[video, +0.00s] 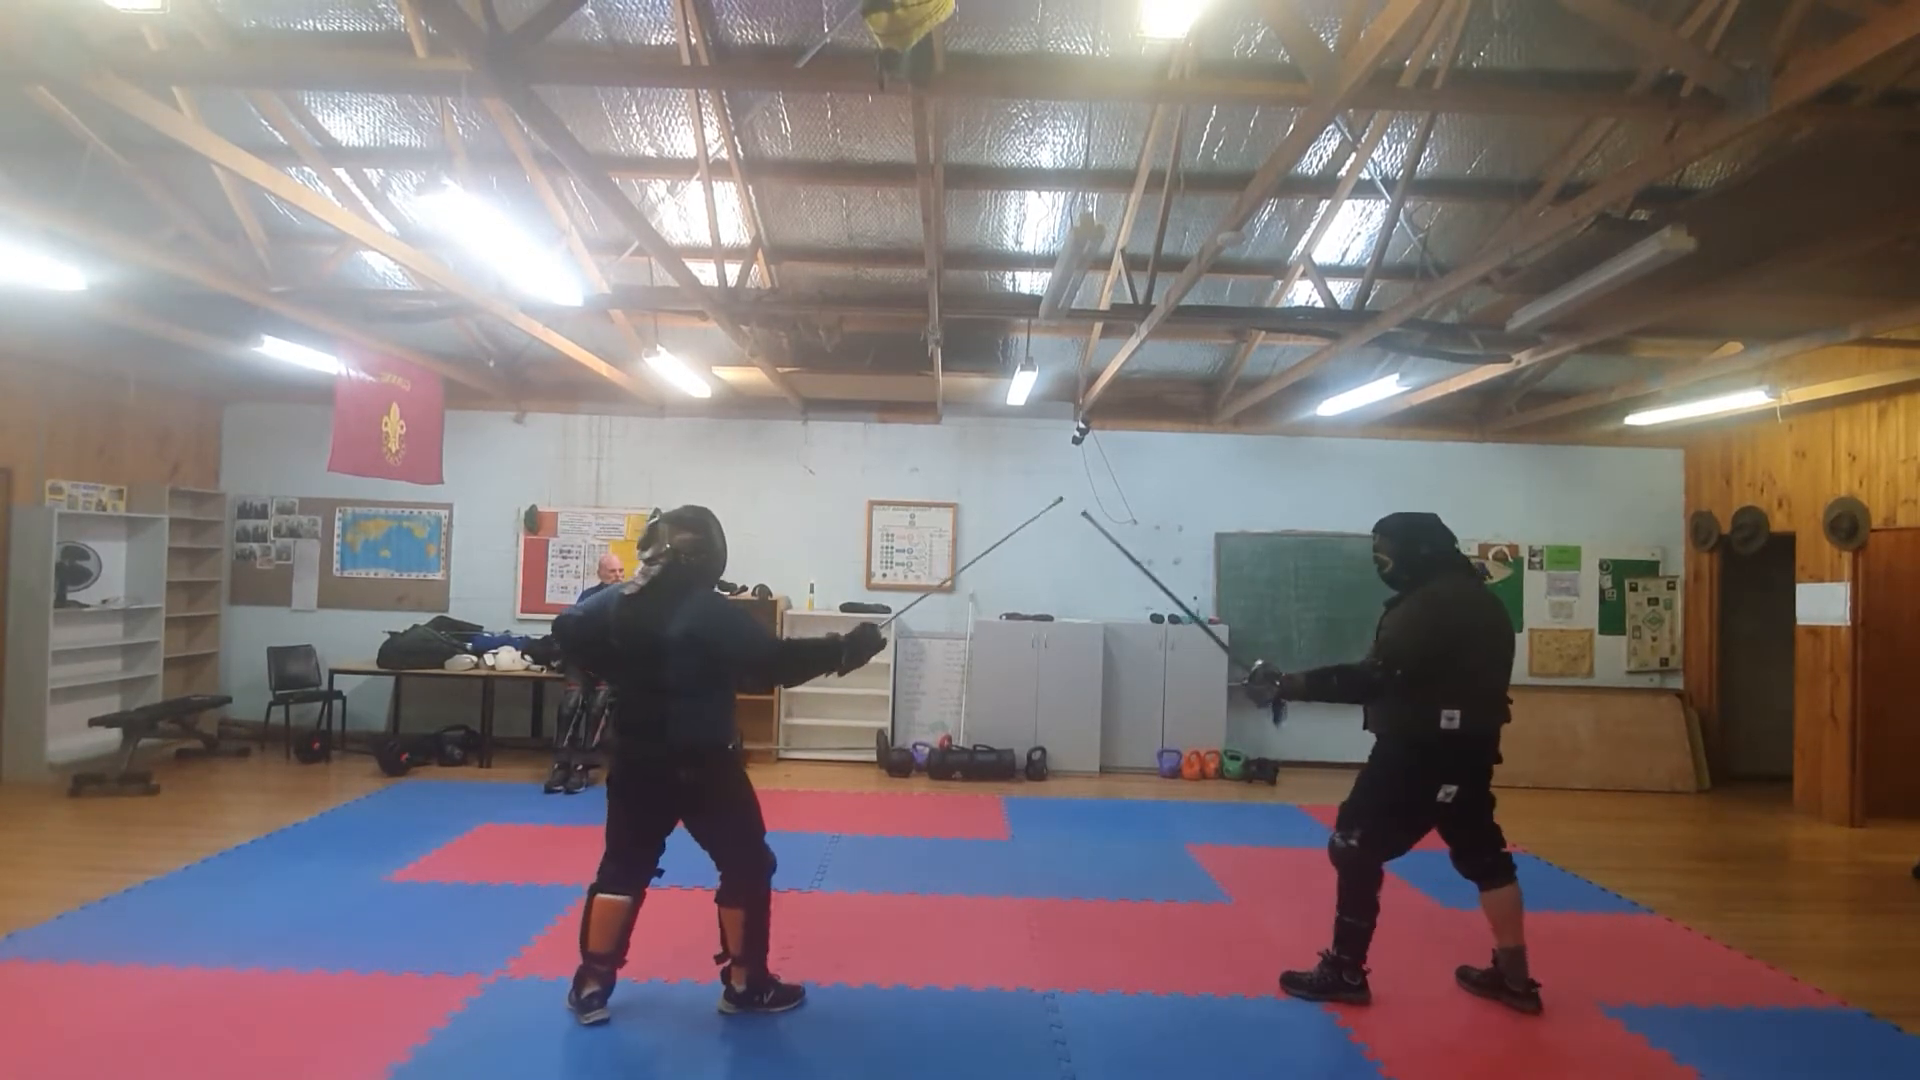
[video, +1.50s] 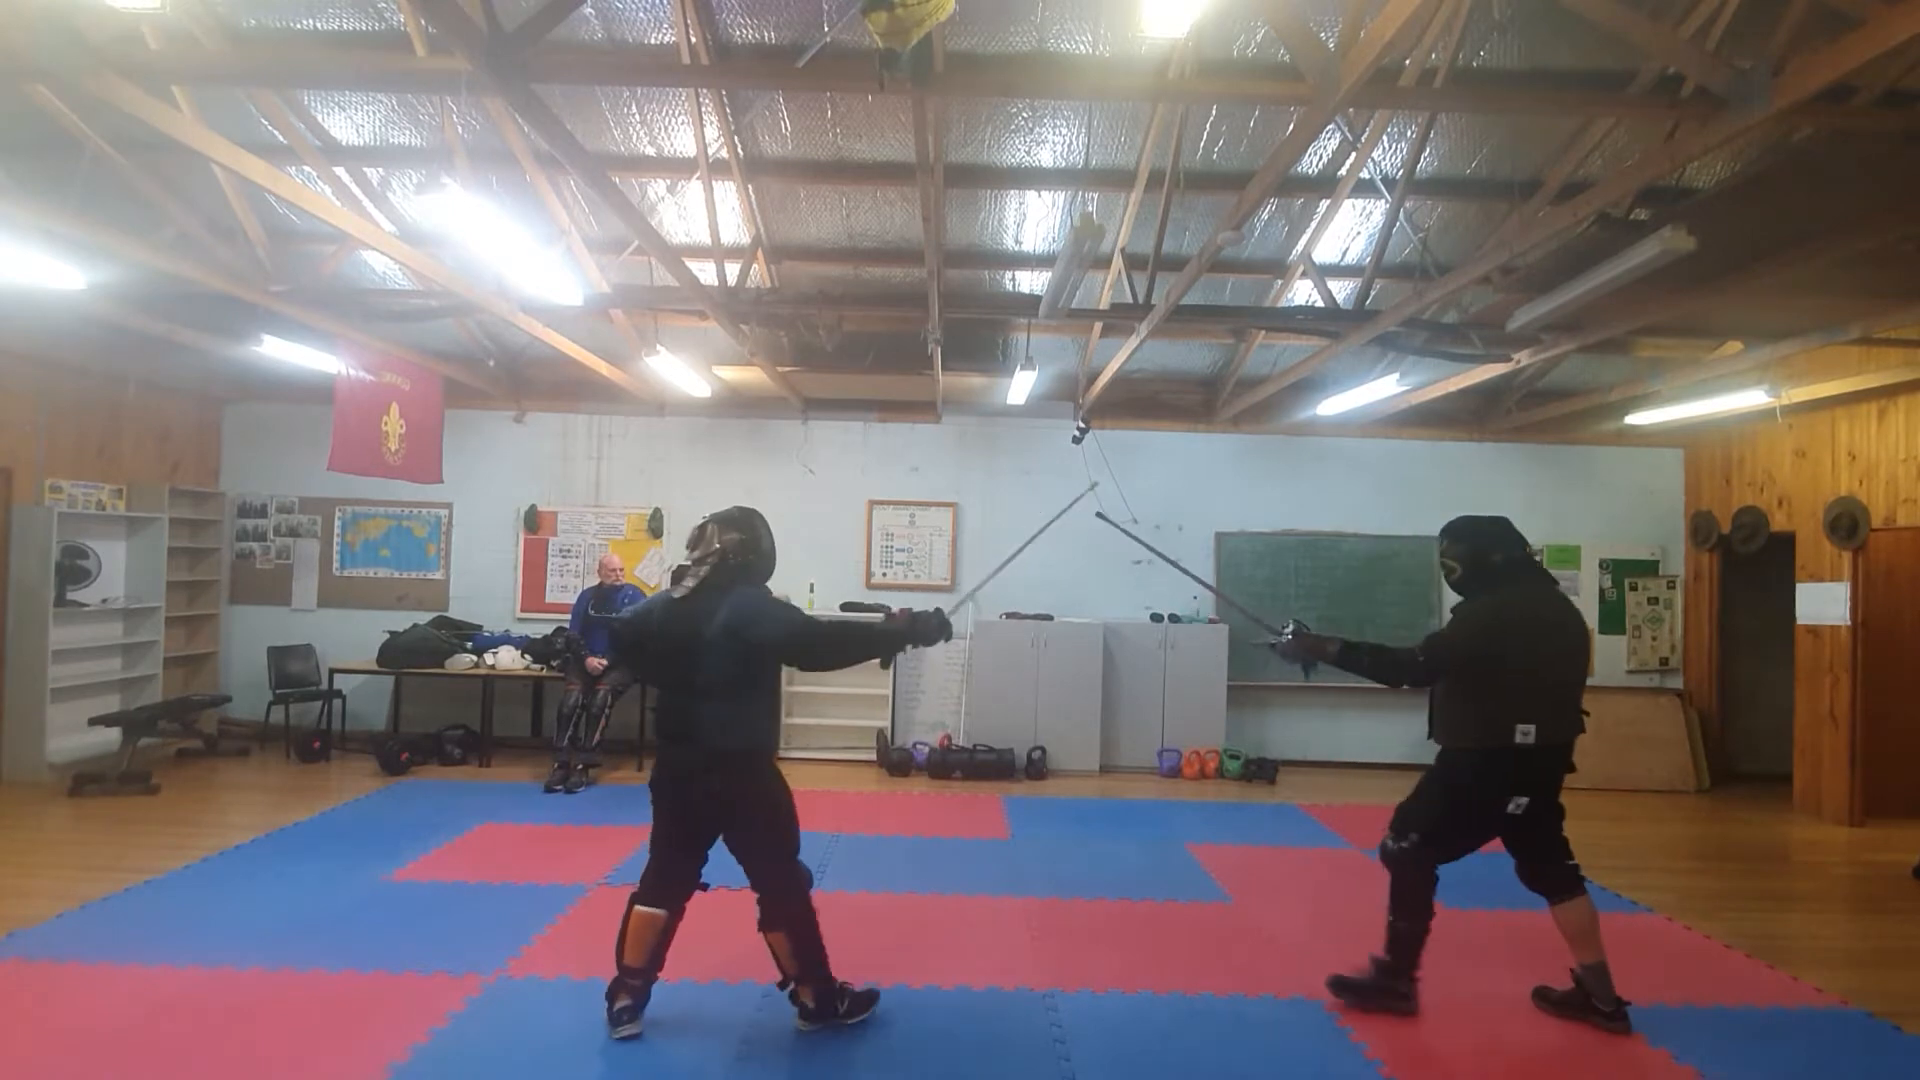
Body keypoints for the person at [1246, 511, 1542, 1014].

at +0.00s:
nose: (1380, 567)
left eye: (1385, 556)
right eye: (1377, 557)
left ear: (1413, 553)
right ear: (1434, 550)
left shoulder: (1416, 607)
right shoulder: (1487, 602)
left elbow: (1378, 679)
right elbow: (1488, 689)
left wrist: (1290, 685)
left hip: (1410, 756)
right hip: (1470, 755)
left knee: (1356, 845)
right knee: (1485, 855)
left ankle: (1345, 969)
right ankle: (1513, 973)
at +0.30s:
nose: (1398, 567)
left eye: (1403, 556)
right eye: (1396, 557)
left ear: (1432, 552)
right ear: (1455, 549)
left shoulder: (1433, 608)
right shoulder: (1504, 605)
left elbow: (1395, 677)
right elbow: (1504, 693)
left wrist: (1307, 680)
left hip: (1422, 754)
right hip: (1481, 754)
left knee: (1371, 847)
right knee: (1493, 855)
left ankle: (1348, 968)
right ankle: (1516, 975)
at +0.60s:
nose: (1378, 566)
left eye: (1384, 555)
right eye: (1376, 556)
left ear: (1416, 551)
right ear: (1436, 549)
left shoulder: (1415, 608)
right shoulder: (1483, 601)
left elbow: (1364, 673)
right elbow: (1482, 686)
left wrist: (1272, 670)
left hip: (1401, 754)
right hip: (1461, 754)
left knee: (1347, 844)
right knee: (1477, 856)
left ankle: (1345, 969)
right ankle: (1514, 974)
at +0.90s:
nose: (1352, 563)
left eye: (1358, 552)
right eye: (1350, 553)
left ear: (1391, 549)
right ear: (1410, 548)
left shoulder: (1391, 602)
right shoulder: (1468, 596)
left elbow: (1321, 648)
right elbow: (1470, 680)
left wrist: (1231, 633)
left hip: (1395, 748)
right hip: (1457, 747)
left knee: (1344, 846)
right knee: (1460, 847)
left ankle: (1344, 968)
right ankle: (1517, 965)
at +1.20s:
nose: (1401, 578)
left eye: (1406, 567)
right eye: (1399, 568)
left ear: (1435, 564)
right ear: (1458, 562)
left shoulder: (1440, 617)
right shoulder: (1512, 616)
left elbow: (1369, 665)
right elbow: (1511, 703)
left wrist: (1281, 643)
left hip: (1432, 768)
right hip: (1494, 771)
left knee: (1364, 851)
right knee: (1518, 869)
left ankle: (1345, 970)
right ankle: (1589, 984)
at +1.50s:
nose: (1450, 577)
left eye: (1455, 565)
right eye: (1447, 566)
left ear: (1485, 559)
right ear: (1512, 555)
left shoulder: (1486, 613)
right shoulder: (1562, 610)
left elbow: (1417, 666)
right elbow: (1563, 698)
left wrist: (1328, 649)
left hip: (1478, 763)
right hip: (1541, 763)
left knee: (1409, 849)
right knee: (1552, 869)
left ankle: (1396, 978)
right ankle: (1600, 993)